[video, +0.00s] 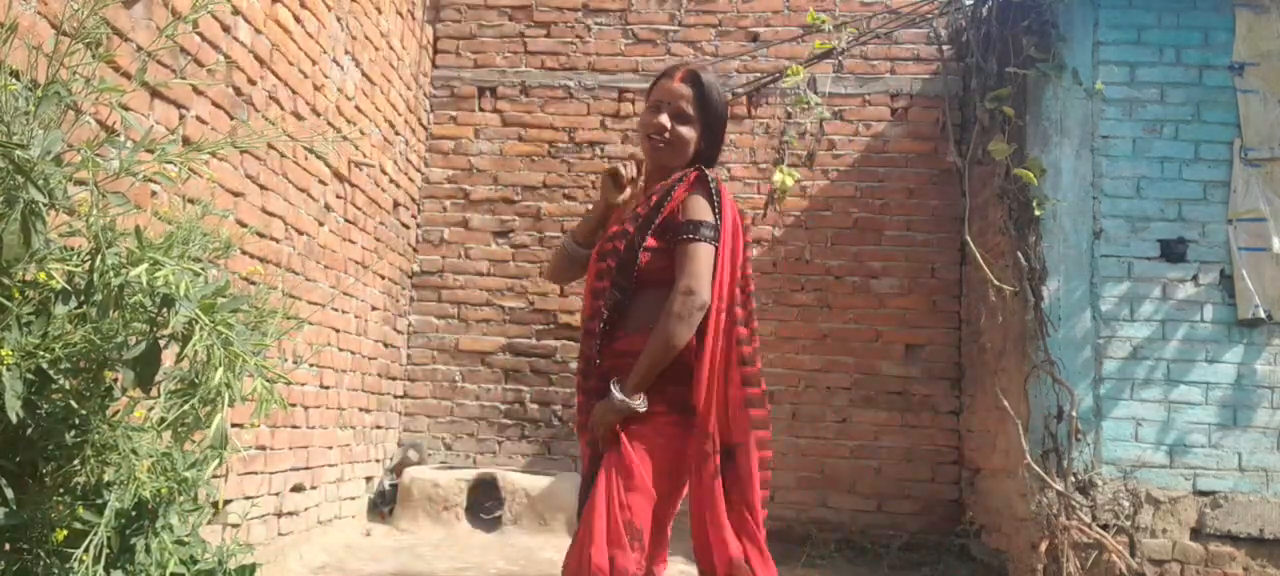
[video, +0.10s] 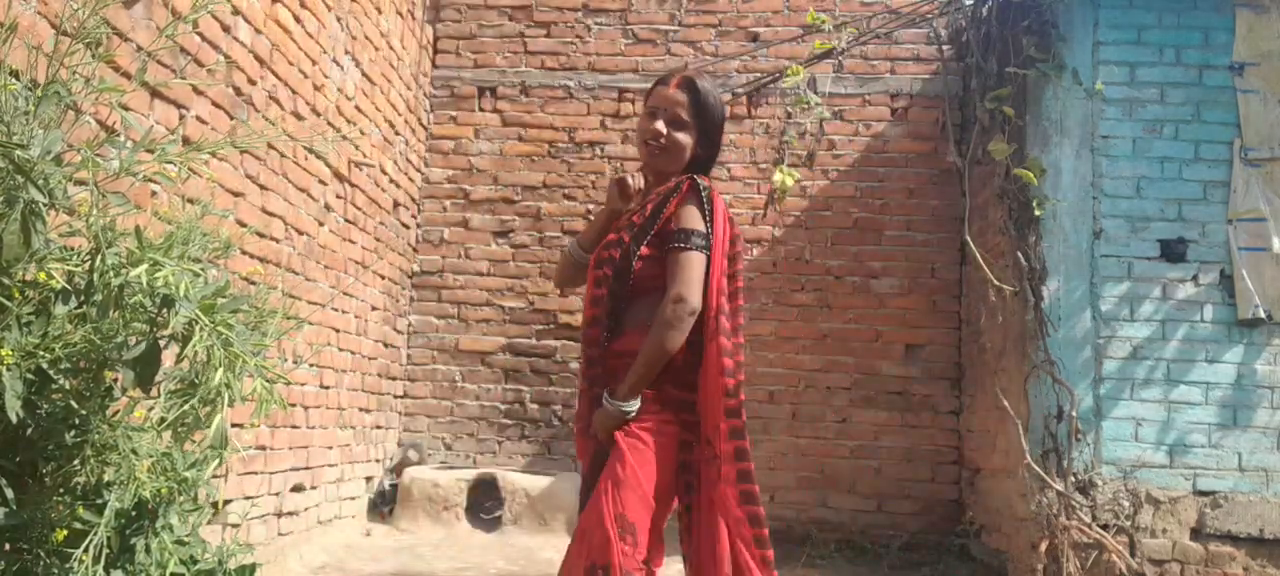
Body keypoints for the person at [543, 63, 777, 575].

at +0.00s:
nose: (661, 123)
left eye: (681, 116)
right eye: (655, 108)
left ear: (705, 135)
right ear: (642, 115)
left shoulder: (694, 195)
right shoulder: (639, 199)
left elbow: (692, 300)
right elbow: (559, 272)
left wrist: (628, 393)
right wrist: (602, 209)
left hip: (656, 413)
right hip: (624, 407)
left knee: (604, 557)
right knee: (629, 559)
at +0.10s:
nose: (657, 129)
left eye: (676, 123)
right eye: (651, 116)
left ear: (702, 142)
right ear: (640, 121)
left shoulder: (690, 199)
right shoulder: (640, 202)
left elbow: (685, 304)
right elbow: (566, 277)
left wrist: (622, 398)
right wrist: (608, 212)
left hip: (654, 409)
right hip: (620, 403)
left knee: (606, 544)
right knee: (623, 551)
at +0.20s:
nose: (658, 123)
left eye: (677, 117)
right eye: (653, 109)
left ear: (702, 135)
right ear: (640, 113)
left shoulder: (688, 193)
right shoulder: (635, 191)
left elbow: (683, 292)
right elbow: (557, 256)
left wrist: (619, 376)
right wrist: (601, 198)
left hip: (651, 392)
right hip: (609, 387)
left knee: (636, 546)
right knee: (609, 541)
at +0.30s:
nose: (659, 118)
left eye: (678, 112)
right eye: (652, 105)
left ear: (701, 132)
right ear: (639, 110)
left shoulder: (688, 188)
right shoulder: (629, 190)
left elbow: (692, 286)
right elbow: (551, 242)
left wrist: (629, 373)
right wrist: (600, 181)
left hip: (666, 387)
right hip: (619, 385)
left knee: (656, 540)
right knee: (626, 535)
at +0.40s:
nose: (661, 115)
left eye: (679, 109)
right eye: (654, 101)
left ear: (703, 129)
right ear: (639, 107)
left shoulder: (696, 187)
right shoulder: (623, 189)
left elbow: (713, 283)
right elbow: (548, 241)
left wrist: (649, 372)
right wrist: (597, 175)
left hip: (672, 385)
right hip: (620, 384)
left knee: (663, 537)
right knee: (623, 533)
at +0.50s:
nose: (672, 127)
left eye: (689, 120)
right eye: (661, 112)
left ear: (708, 138)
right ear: (641, 119)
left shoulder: (713, 194)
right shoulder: (620, 199)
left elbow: (739, 299)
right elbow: (541, 259)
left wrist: (666, 381)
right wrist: (600, 195)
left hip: (677, 400)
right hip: (610, 395)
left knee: (654, 545)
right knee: (604, 540)